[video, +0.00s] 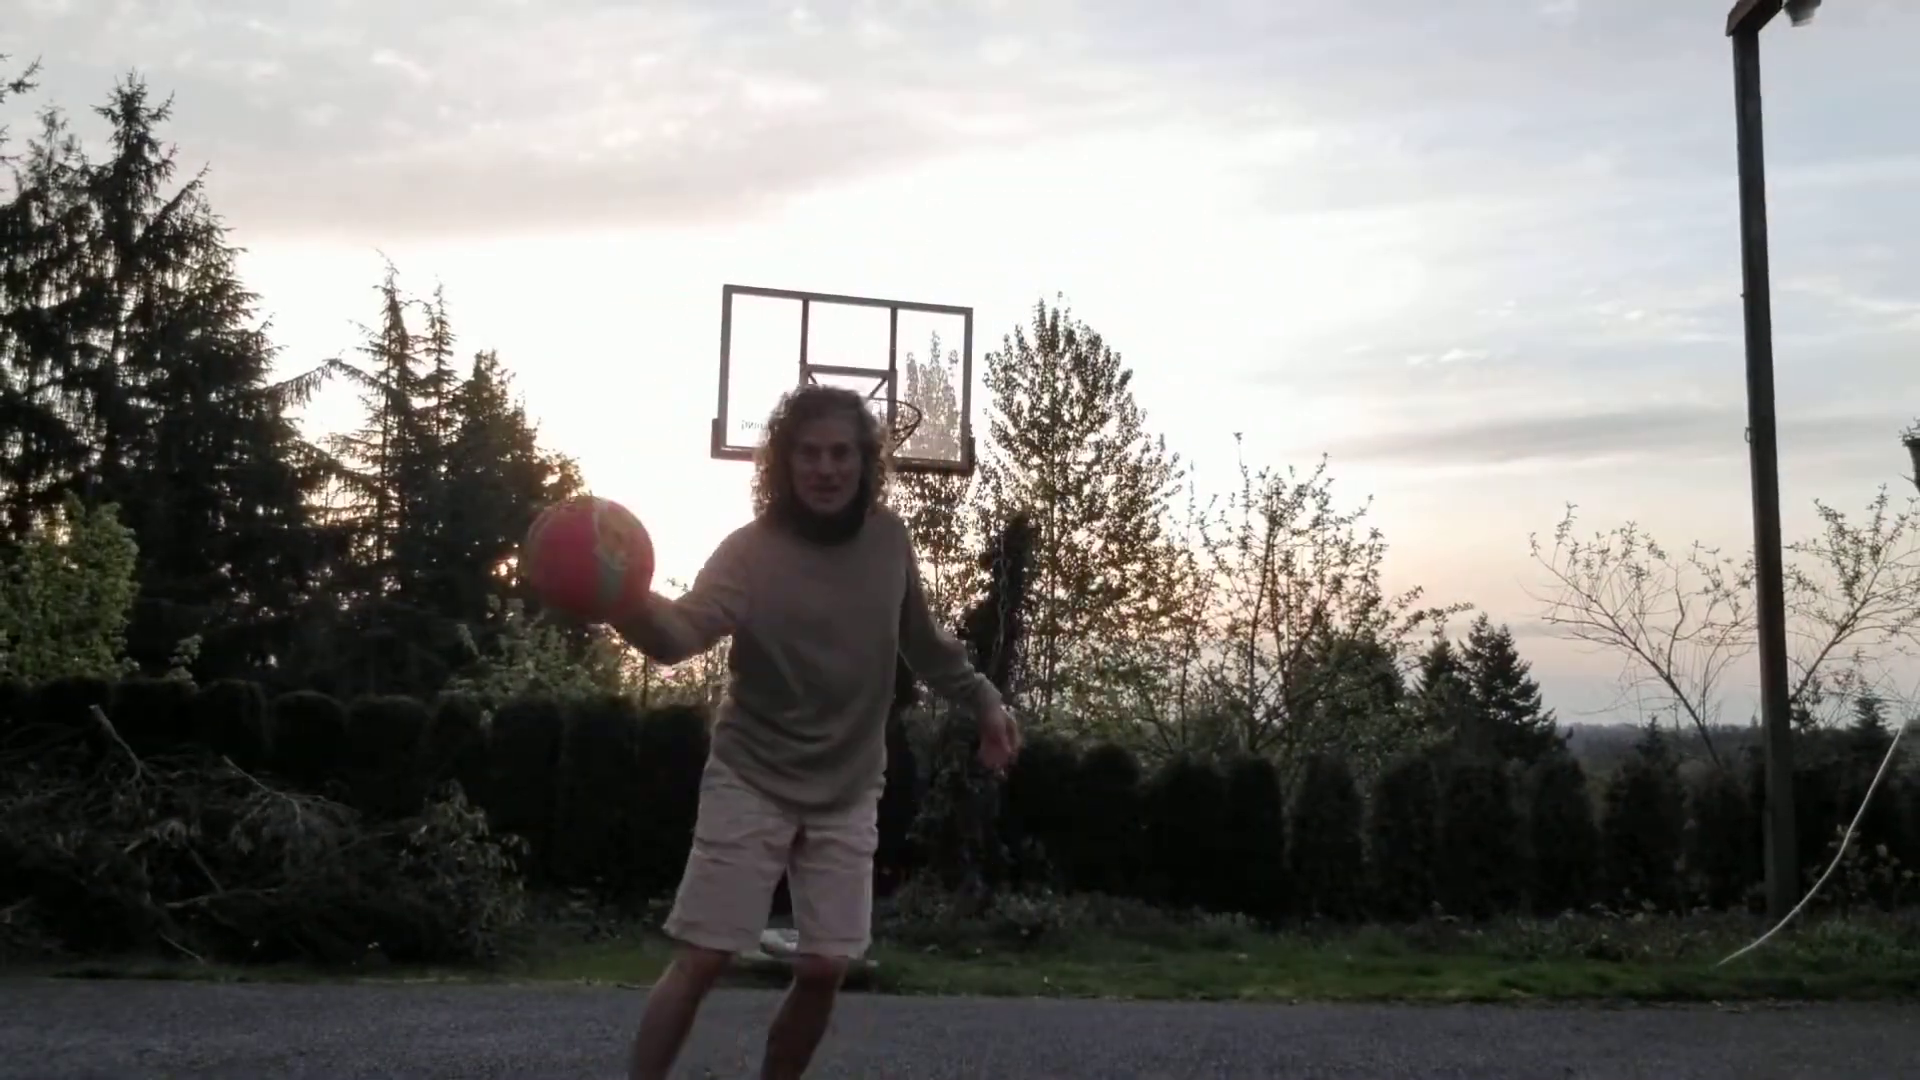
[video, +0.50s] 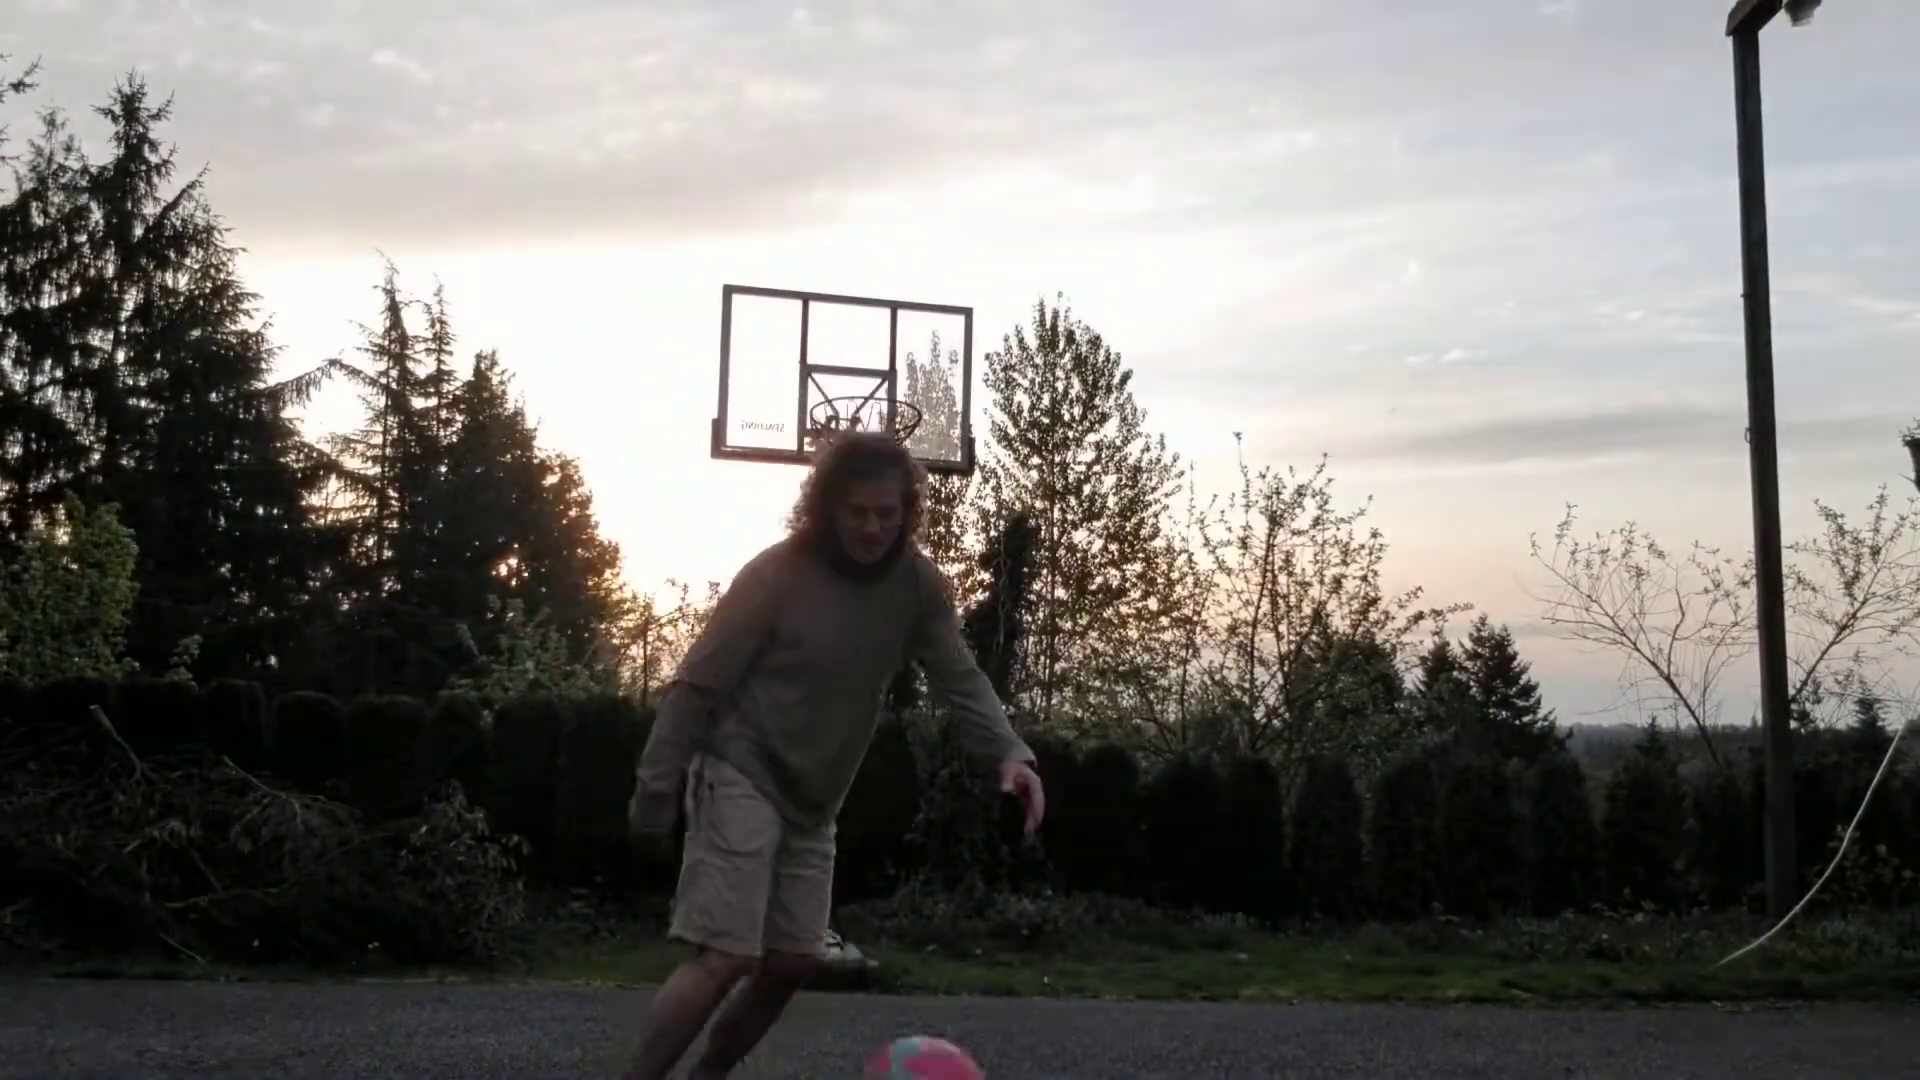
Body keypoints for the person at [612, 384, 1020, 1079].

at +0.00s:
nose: (826, 468)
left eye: (843, 452)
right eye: (809, 452)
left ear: (866, 462)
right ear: (784, 462)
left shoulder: (887, 540)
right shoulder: (752, 551)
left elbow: (923, 639)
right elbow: (676, 636)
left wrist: (984, 699)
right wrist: (611, 588)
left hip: (848, 792)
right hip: (750, 781)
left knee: (825, 971)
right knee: (705, 956)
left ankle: (776, 1077)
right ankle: (642, 1076)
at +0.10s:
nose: (820, 484)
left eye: (836, 469)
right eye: (803, 469)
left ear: (859, 478)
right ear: (777, 478)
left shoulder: (882, 550)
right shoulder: (746, 560)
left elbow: (919, 640)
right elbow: (677, 615)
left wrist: (986, 706)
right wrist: (612, 608)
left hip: (835, 795)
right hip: (742, 783)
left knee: (803, 974)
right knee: (695, 956)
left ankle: (742, 1078)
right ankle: (619, 1073)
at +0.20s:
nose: (821, 495)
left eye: (837, 481)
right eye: (805, 480)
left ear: (859, 491)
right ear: (779, 488)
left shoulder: (883, 564)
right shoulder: (744, 564)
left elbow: (937, 655)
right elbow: (660, 627)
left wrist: (1011, 731)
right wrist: (618, 659)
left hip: (819, 807)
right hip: (733, 793)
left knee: (787, 970)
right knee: (690, 957)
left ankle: (717, 1076)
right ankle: (607, 1072)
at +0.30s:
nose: (832, 510)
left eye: (848, 496)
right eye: (818, 493)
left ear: (871, 502)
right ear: (790, 495)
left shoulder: (889, 578)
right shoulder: (752, 568)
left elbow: (953, 672)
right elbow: (662, 660)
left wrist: (1031, 757)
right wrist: (641, 738)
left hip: (804, 804)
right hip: (722, 783)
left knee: (774, 985)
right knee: (686, 957)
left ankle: (700, 1073)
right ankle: (604, 1073)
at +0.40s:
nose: (851, 523)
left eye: (867, 509)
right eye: (835, 507)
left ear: (889, 512)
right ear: (809, 505)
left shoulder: (902, 587)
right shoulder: (762, 577)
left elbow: (952, 677)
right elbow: (678, 683)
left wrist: (1026, 762)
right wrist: (648, 791)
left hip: (802, 804)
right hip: (722, 783)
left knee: (775, 964)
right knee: (698, 959)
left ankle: (700, 1073)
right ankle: (610, 1073)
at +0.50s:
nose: (872, 527)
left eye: (887, 513)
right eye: (857, 512)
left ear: (907, 513)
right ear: (827, 507)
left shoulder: (918, 589)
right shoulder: (778, 575)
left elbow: (963, 680)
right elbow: (696, 682)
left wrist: (1009, 755)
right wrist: (655, 793)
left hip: (814, 801)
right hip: (738, 778)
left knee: (788, 965)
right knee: (725, 956)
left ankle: (706, 1074)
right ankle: (641, 1074)